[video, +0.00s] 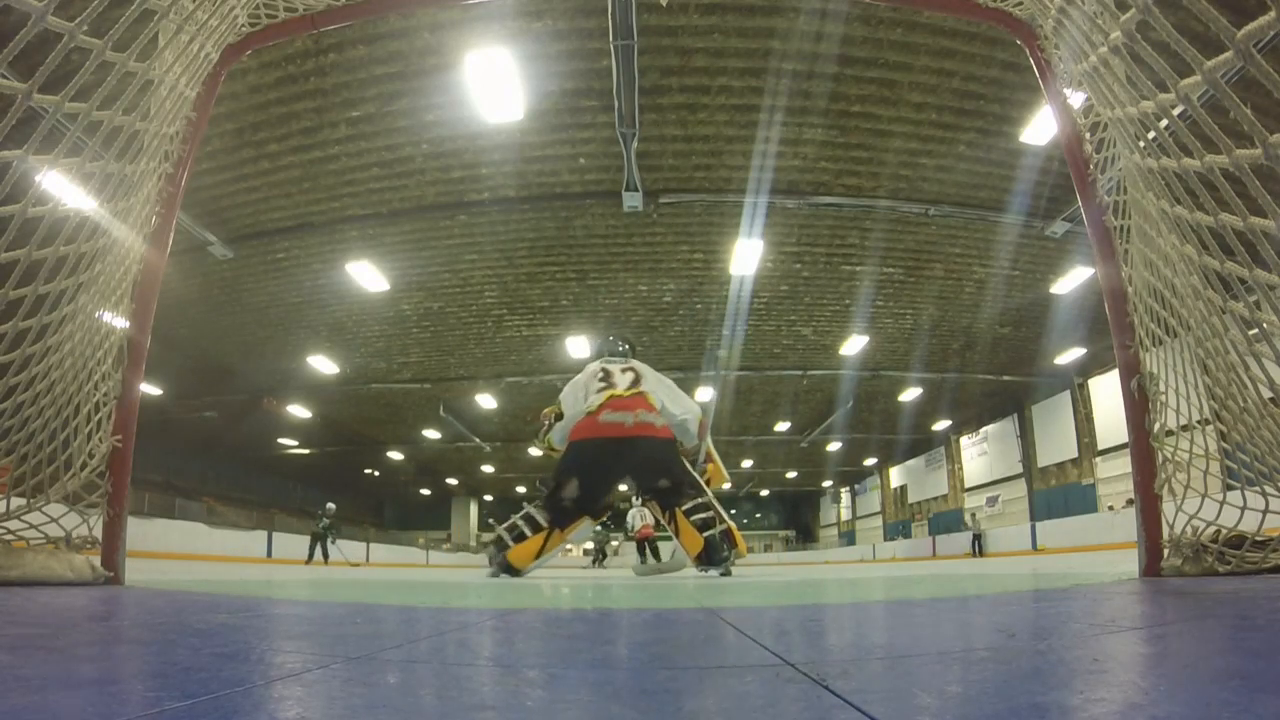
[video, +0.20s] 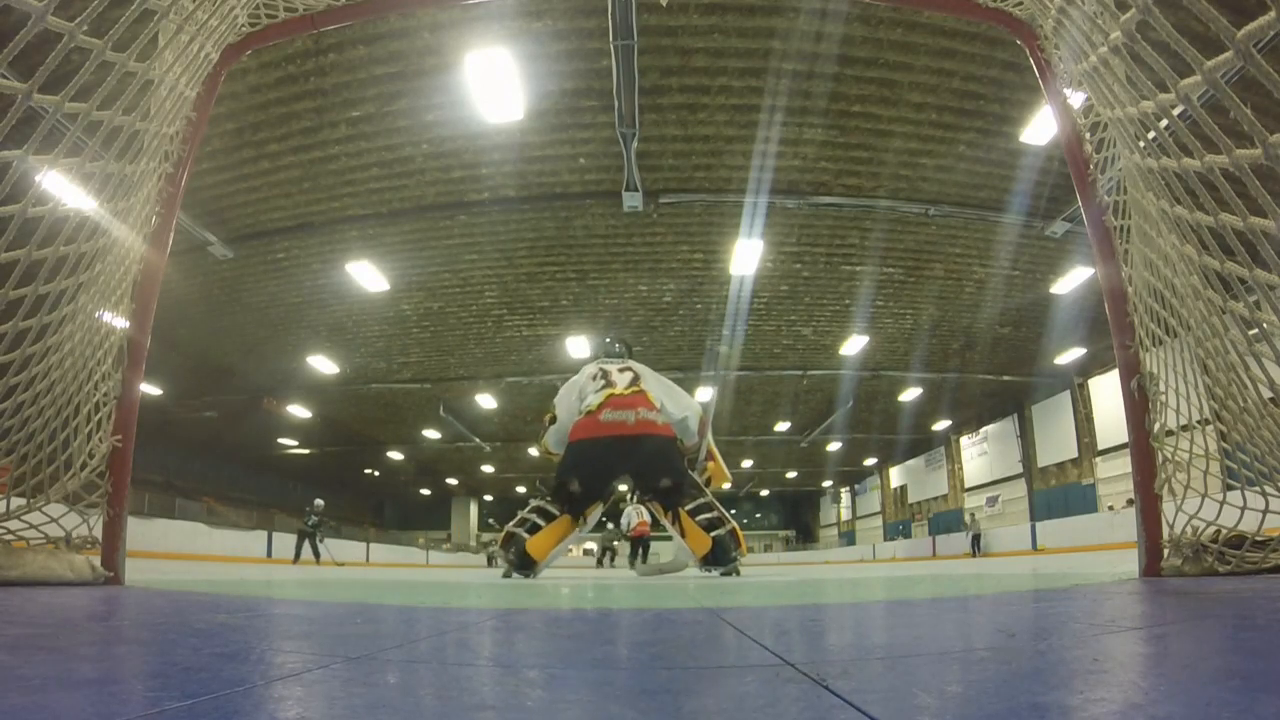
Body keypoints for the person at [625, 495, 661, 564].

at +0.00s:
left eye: (634, 502)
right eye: (638, 502)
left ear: (632, 503)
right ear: (641, 502)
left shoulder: (631, 512)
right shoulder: (646, 510)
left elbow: (629, 523)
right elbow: (652, 521)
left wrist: (629, 531)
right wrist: (650, 526)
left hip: (639, 532)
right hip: (649, 530)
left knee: (641, 549)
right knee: (653, 546)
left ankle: (643, 562)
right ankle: (658, 560)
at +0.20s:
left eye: (627, 500)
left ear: (628, 501)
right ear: (636, 500)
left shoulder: (628, 509)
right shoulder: (642, 507)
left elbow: (623, 522)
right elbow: (649, 519)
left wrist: (624, 532)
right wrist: (646, 526)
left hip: (635, 532)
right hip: (645, 531)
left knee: (634, 551)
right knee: (646, 547)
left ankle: (632, 565)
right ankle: (644, 563)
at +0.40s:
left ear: (625, 501)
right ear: (633, 500)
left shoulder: (625, 509)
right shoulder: (639, 508)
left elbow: (619, 523)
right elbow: (646, 519)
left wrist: (619, 533)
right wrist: (643, 528)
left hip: (629, 532)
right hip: (641, 531)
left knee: (626, 548)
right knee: (638, 546)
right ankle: (635, 562)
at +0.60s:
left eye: (627, 502)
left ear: (627, 502)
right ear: (635, 501)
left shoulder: (626, 510)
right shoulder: (641, 508)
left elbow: (620, 528)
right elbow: (648, 518)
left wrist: (623, 534)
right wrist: (646, 527)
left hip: (631, 532)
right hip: (643, 531)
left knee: (621, 548)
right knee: (637, 548)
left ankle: (614, 560)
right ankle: (638, 562)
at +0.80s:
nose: (638, 499)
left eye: (638, 498)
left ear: (639, 499)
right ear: (647, 498)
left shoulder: (637, 507)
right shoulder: (654, 505)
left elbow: (633, 522)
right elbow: (659, 515)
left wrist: (630, 532)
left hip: (642, 529)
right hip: (655, 528)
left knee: (632, 545)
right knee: (648, 545)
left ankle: (623, 561)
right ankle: (651, 562)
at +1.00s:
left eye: (653, 496)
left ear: (653, 496)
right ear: (662, 496)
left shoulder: (654, 505)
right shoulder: (669, 504)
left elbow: (649, 521)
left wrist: (643, 531)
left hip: (659, 529)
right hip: (671, 528)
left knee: (651, 541)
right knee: (667, 544)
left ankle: (651, 560)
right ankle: (677, 559)